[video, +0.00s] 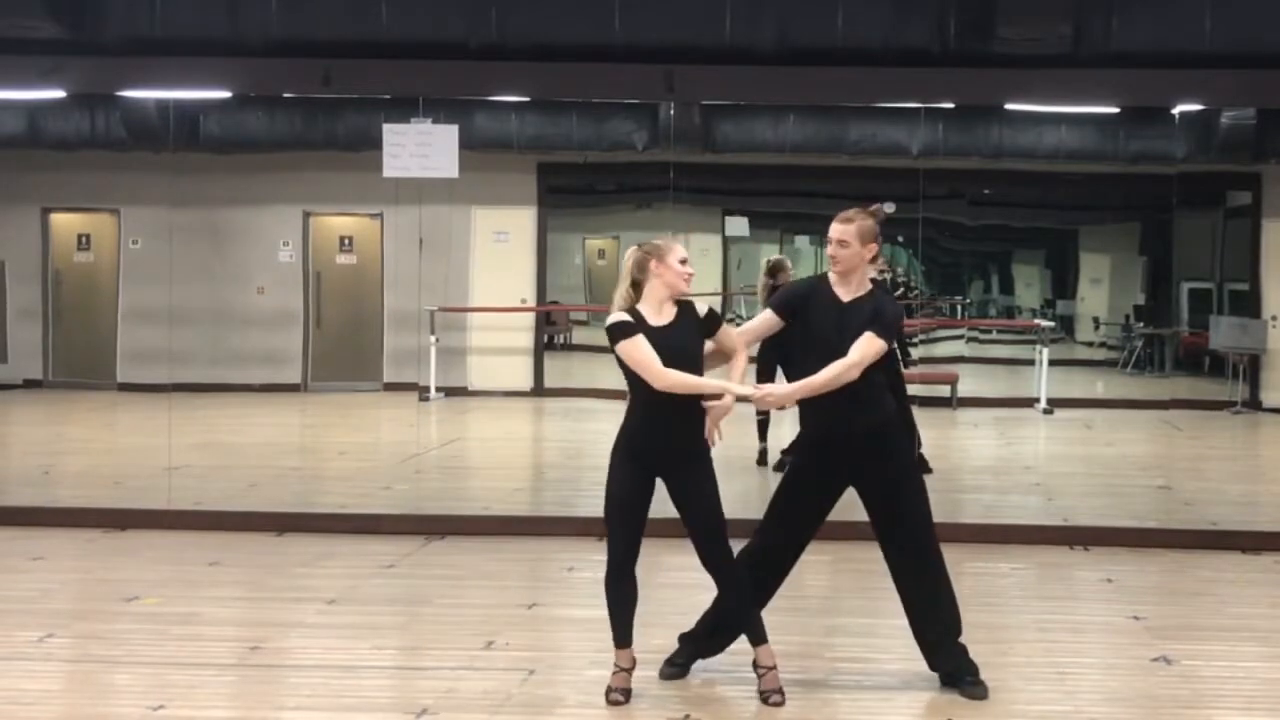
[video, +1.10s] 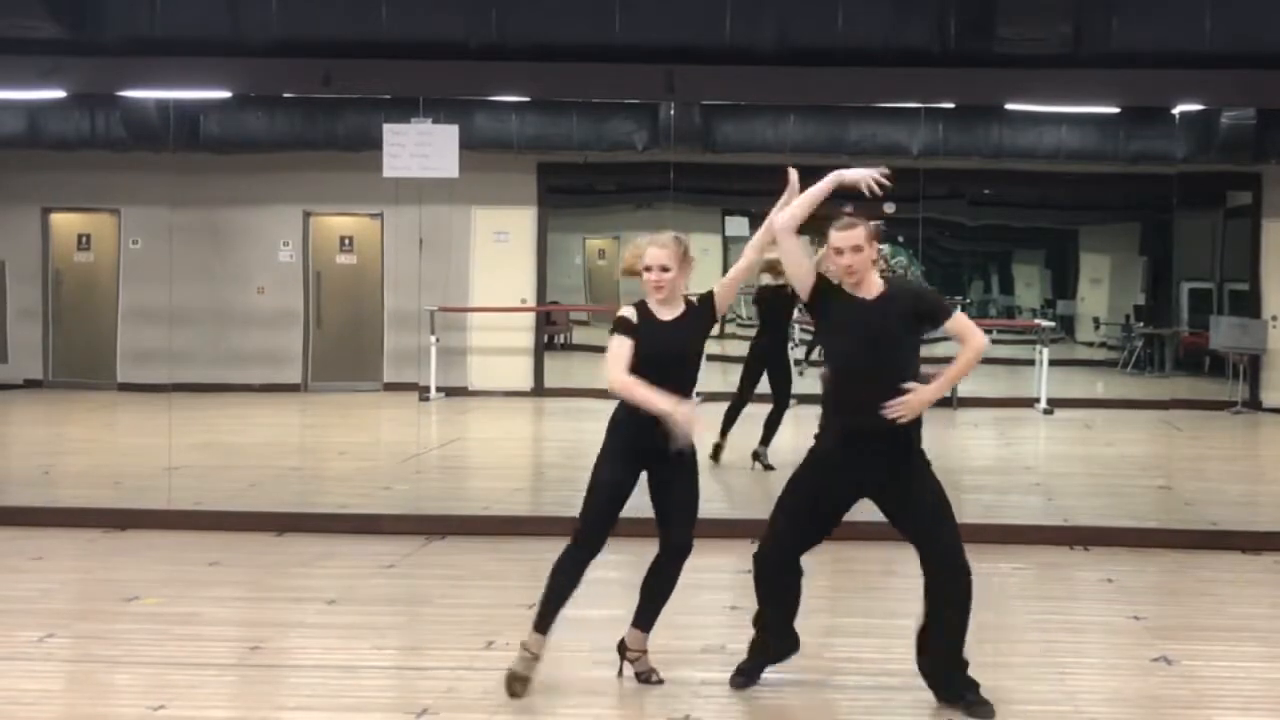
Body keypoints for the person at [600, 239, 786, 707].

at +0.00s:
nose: (690, 271)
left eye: (690, 264)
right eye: (682, 263)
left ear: (663, 270)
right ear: (651, 268)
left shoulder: (695, 316)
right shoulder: (622, 323)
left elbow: (739, 349)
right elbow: (660, 378)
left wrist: (728, 399)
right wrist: (733, 389)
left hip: (687, 449)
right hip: (636, 450)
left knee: (716, 555)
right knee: (620, 557)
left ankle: (763, 654)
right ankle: (623, 658)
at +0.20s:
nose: (680, 274)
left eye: (679, 267)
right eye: (674, 266)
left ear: (651, 270)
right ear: (646, 269)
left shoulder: (670, 318)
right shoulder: (620, 322)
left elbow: (687, 374)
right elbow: (656, 385)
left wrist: (693, 406)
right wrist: (733, 397)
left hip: (667, 450)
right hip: (621, 453)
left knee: (702, 554)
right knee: (627, 557)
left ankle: (738, 657)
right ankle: (613, 660)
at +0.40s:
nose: (680, 266)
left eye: (679, 258)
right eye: (675, 258)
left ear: (641, 262)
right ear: (652, 262)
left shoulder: (622, 309)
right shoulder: (660, 314)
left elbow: (595, 339)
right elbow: (710, 367)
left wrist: (629, 361)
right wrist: (776, 341)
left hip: (632, 440)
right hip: (640, 447)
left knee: (677, 538)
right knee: (637, 551)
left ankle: (633, 640)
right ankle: (601, 658)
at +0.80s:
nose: (694, 270)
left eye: (693, 262)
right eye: (689, 262)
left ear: (656, 268)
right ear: (666, 267)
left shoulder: (633, 313)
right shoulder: (674, 316)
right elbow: (731, 365)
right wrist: (787, 351)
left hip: (627, 440)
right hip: (668, 445)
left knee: (633, 545)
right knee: (660, 554)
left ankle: (608, 647)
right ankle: (628, 659)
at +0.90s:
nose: (691, 270)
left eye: (690, 263)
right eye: (684, 263)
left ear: (663, 269)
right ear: (656, 268)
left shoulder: (667, 306)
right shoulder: (659, 316)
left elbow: (725, 291)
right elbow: (722, 362)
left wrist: (730, 246)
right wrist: (783, 348)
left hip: (647, 438)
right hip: (640, 443)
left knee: (669, 537)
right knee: (648, 548)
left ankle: (620, 642)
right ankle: (615, 657)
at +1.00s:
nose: (665, 271)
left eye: (673, 263)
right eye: (656, 264)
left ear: (685, 267)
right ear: (641, 271)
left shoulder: (696, 303)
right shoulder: (640, 316)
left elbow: (741, 267)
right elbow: (684, 359)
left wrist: (771, 212)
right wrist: (751, 349)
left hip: (663, 441)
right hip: (626, 438)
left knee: (667, 541)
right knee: (608, 539)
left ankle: (634, 641)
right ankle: (587, 650)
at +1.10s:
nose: (655, 278)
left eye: (664, 269)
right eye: (648, 270)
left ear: (685, 272)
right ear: (639, 274)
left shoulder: (703, 310)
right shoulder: (632, 316)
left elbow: (756, 252)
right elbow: (615, 376)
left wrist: (784, 205)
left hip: (675, 442)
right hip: (627, 437)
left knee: (677, 543)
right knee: (589, 537)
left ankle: (635, 640)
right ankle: (535, 640)